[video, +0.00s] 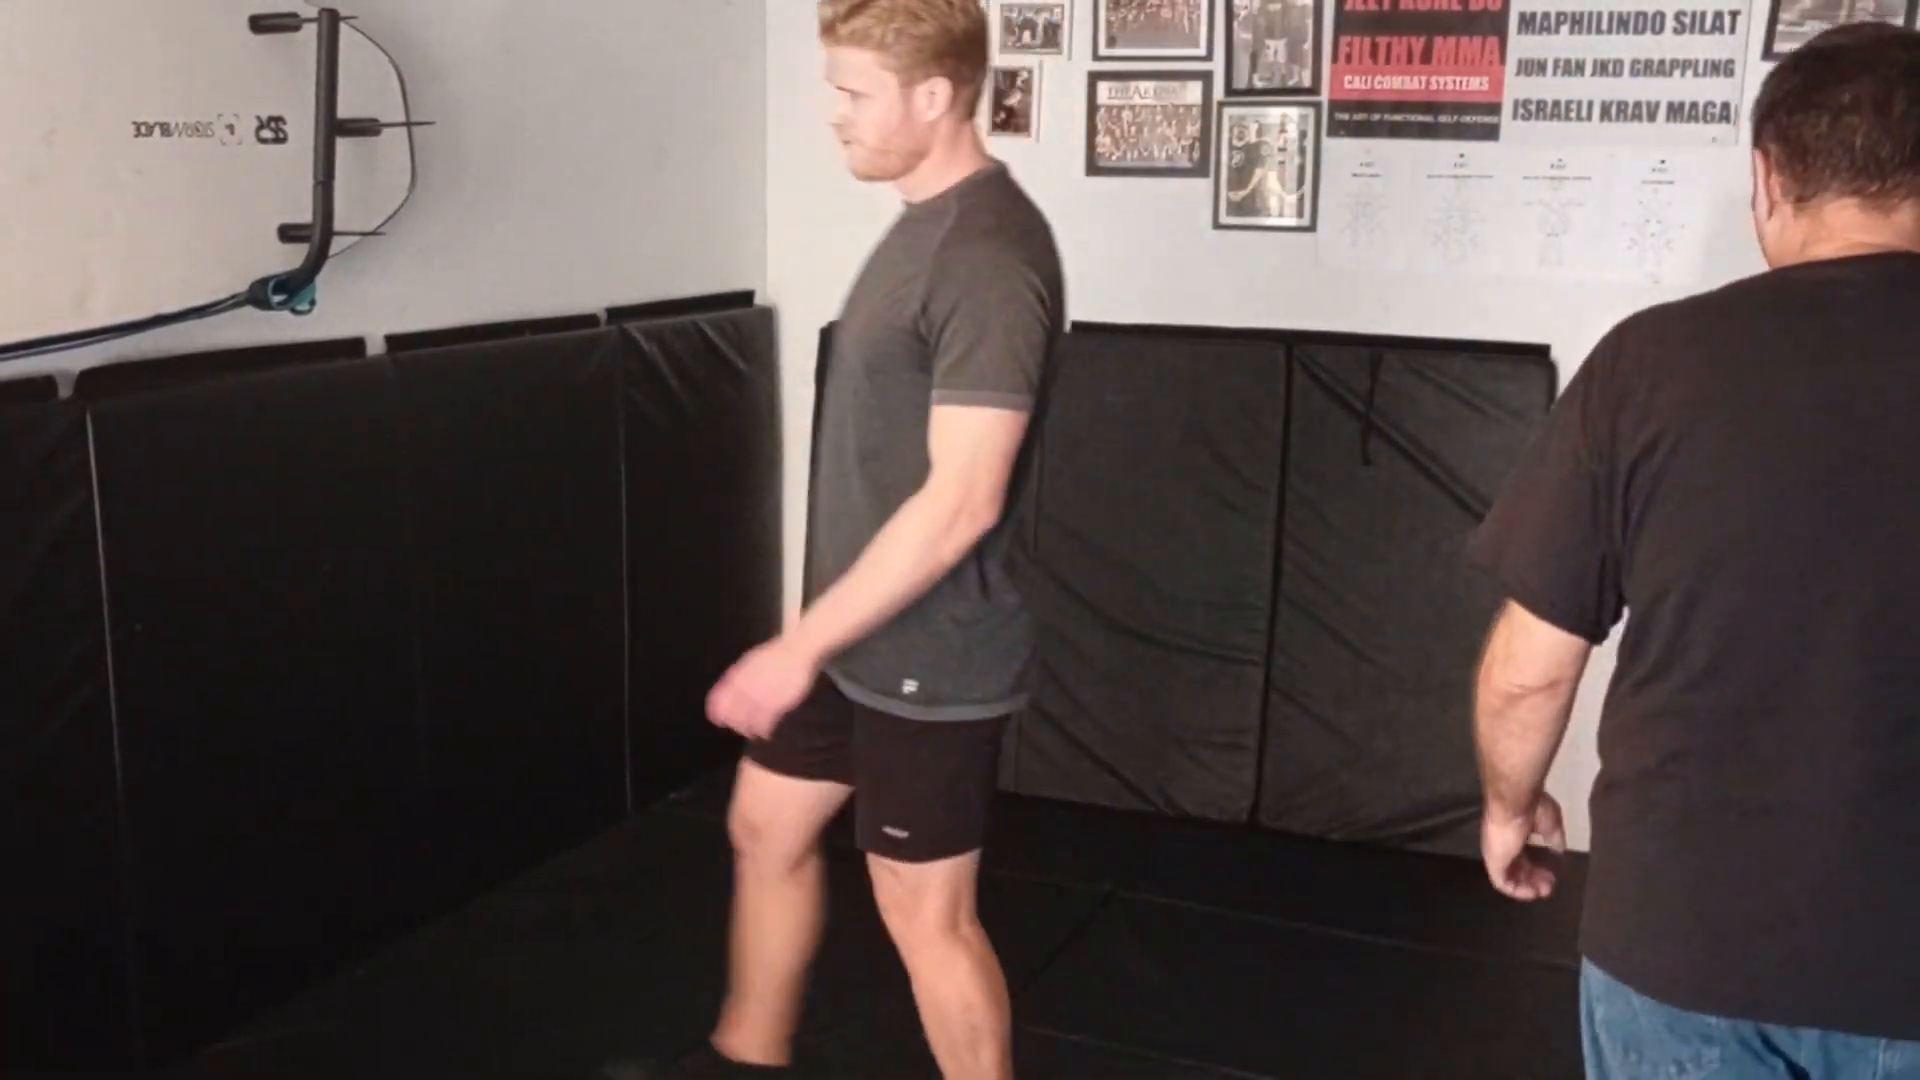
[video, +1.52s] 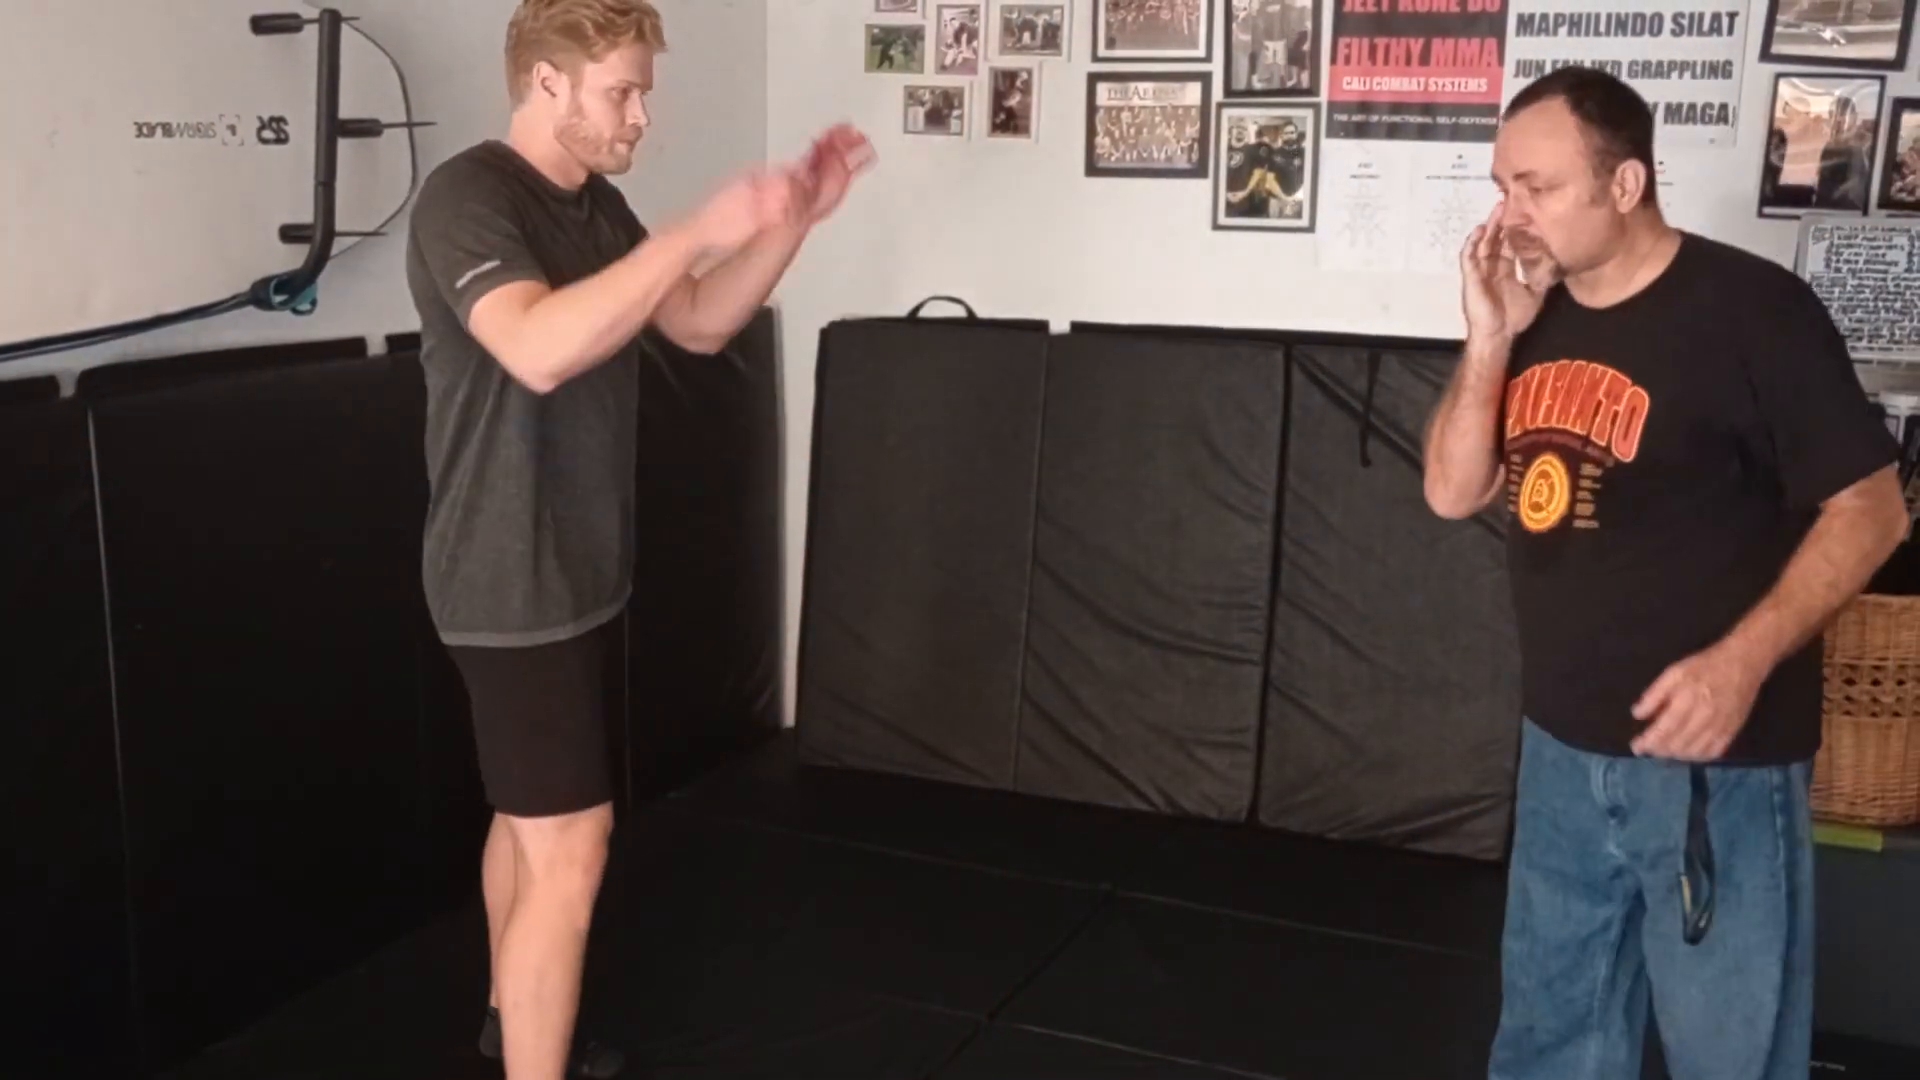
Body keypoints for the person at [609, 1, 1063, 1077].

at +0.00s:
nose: (835, 117)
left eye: (854, 95)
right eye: (834, 92)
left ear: (935, 100)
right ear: (928, 101)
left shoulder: (992, 256)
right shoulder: (926, 227)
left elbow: (966, 503)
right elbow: (902, 464)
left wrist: (799, 648)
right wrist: (830, 631)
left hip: (935, 668)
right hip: (852, 640)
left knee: (931, 918)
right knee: (766, 830)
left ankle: (983, 1074)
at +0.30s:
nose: (722, 160)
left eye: (750, 139)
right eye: (706, 130)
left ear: (791, 138)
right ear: (679, 119)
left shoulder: (834, 295)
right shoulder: (637, 239)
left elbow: (848, 521)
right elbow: (588, 410)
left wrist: (694, 678)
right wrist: (534, 593)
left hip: (775, 672)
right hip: (618, 655)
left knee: (842, 926)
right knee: (547, 892)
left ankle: (970, 1076)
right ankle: (529, 1075)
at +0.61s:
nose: (664, 123)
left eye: (679, 100)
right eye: (644, 97)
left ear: (690, 95)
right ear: (573, 81)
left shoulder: (715, 245)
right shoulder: (450, 217)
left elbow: (755, 439)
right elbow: (322, 377)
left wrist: (751, 617)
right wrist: (214, 540)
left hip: (672, 626)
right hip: (506, 628)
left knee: (706, 867)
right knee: (504, 872)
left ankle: (704, 1015)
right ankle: (521, 1075)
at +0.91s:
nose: (637, 105)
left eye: (647, 83)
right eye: (616, 80)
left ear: (655, 87)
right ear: (543, 79)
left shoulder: (660, 232)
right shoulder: (434, 228)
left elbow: (696, 413)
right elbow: (358, 427)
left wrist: (729, 585)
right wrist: (345, 613)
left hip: (626, 614)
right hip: (486, 626)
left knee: (591, 823)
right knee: (510, 879)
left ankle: (524, 1020)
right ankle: (517, 1073)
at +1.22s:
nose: (637, 109)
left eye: (644, 87)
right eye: (616, 87)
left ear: (641, 90)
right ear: (543, 88)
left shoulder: (612, 217)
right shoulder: (456, 226)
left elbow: (646, 384)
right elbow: (447, 432)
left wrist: (755, 479)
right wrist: (610, 549)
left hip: (603, 586)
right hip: (510, 595)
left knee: (554, 827)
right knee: (582, 832)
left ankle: (514, 1033)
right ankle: (488, 1068)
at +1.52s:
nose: (639, 116)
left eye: (644, 95)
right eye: (621, 94)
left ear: (633, 96)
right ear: (546, 88)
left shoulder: (597, 206)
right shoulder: (463, 198)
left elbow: (697, 319)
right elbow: (537, 347)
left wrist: (790, 224)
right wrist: (695, 233)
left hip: (582, 578)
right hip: (511, 592)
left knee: (526, 828)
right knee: (570, 850)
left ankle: (512, 1017)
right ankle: (538, 1068)